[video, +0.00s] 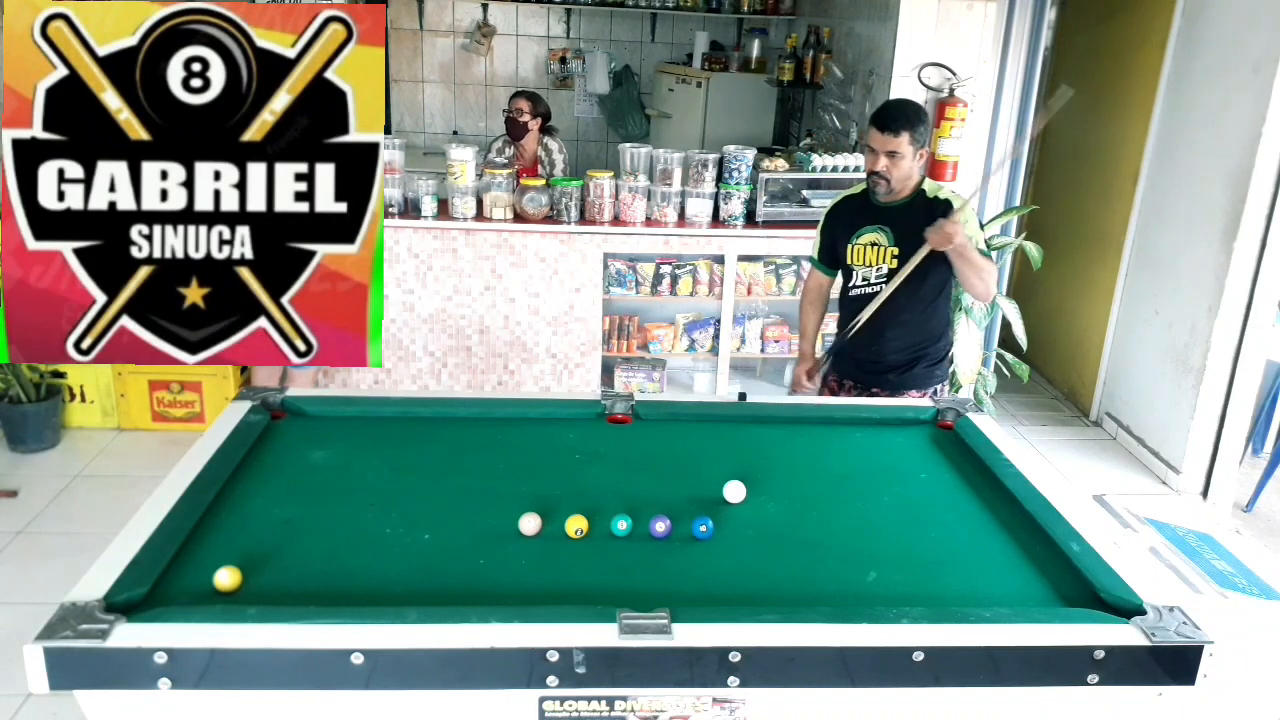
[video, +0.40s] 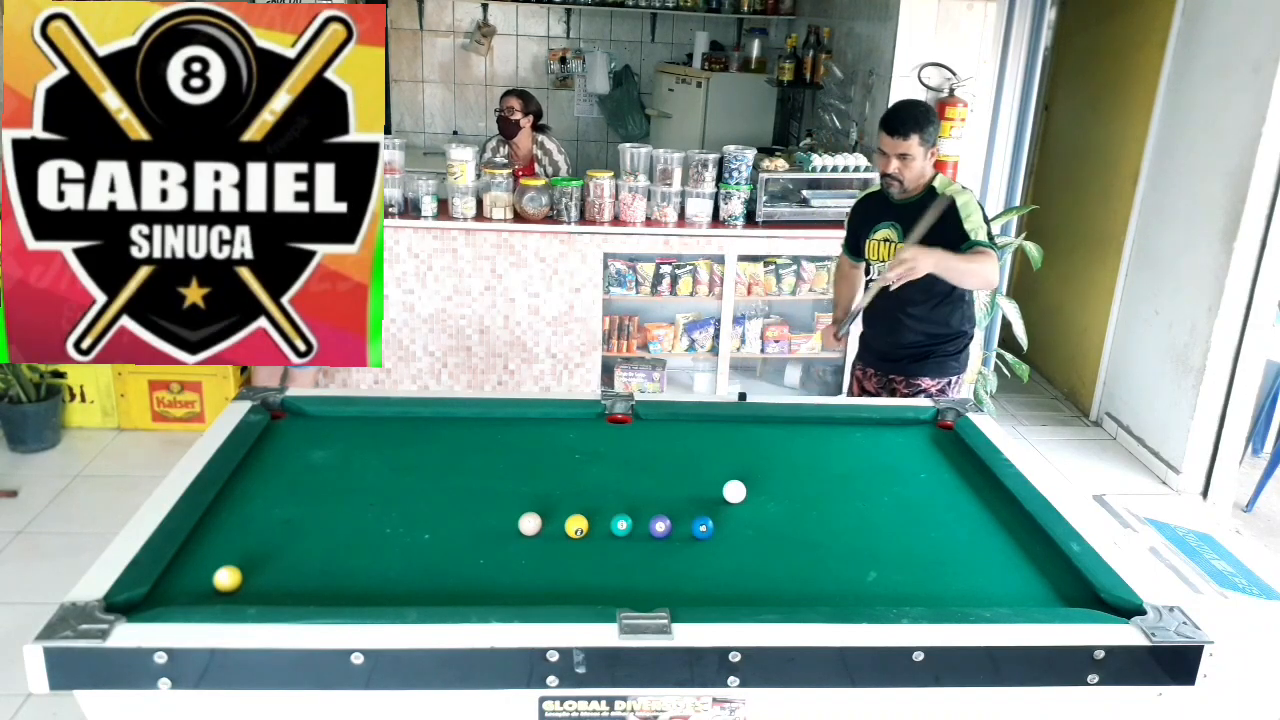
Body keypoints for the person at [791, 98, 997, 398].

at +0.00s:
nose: (877, 166)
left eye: (892, 156)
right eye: (871, 152)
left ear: (921, 158)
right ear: (863, 147)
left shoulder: (948, 212)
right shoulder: (842, 212)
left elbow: (985, 291)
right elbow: (817, 286)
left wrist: (956, 245)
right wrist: (806, 355)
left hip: (915, 388)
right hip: (846, 382)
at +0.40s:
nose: (889, 168)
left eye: (904, 158)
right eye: (883, 154)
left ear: (932, 156)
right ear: (876, 150)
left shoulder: (958, 204)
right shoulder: (868, 206)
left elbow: (988, 274)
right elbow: (851, 264)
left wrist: (932, 260)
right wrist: (841, 318)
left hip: (933, 373)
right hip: (872, 362)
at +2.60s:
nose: (848, 346)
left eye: (860, 335)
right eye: (842, 333)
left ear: (894, 323)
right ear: (838, 316)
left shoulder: (928, 350)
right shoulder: (890, 270)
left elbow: (894, 416)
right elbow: (906, 227)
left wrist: (824, 440)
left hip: (1023, 376)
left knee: (987, 477)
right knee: (948, 461)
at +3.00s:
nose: (848, 346)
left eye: (859, 336)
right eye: (841, 333)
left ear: (893, 323)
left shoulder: (927, 350)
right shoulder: (889, 270)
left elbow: (893, 416)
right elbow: (905, 228)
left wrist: (825, 440)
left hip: (1023, 375)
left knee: (987, 476)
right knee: (948, 459)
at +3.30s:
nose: (844, 349)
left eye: (855, 338)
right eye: (838, 335)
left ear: (891, 326)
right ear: (834, 317)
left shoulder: (927, 350)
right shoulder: (887, 271)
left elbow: (894, 415)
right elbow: (903, 227)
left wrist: (824, 440)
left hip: (1022, 375)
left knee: (984, 476)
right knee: (944, 459)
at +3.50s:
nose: (844, 350)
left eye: (855, 340)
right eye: (837, 336)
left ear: (890, 327)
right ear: (834, 317)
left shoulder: (926, 351)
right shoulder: (885, 272)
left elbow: (894, 415)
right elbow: (902, 228)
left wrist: (824, 440)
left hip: (1021, 375)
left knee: (985, 476)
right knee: (945, 460)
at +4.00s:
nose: (844, 349)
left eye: (854, 338)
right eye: (837, 336)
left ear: (889, 326)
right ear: (833, 318)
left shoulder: (926, 351)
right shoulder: (885, 272)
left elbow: (893, 415)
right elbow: (901, 229)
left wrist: (824, 439)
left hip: (1021, 375)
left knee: (986, 475)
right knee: (946, 459)